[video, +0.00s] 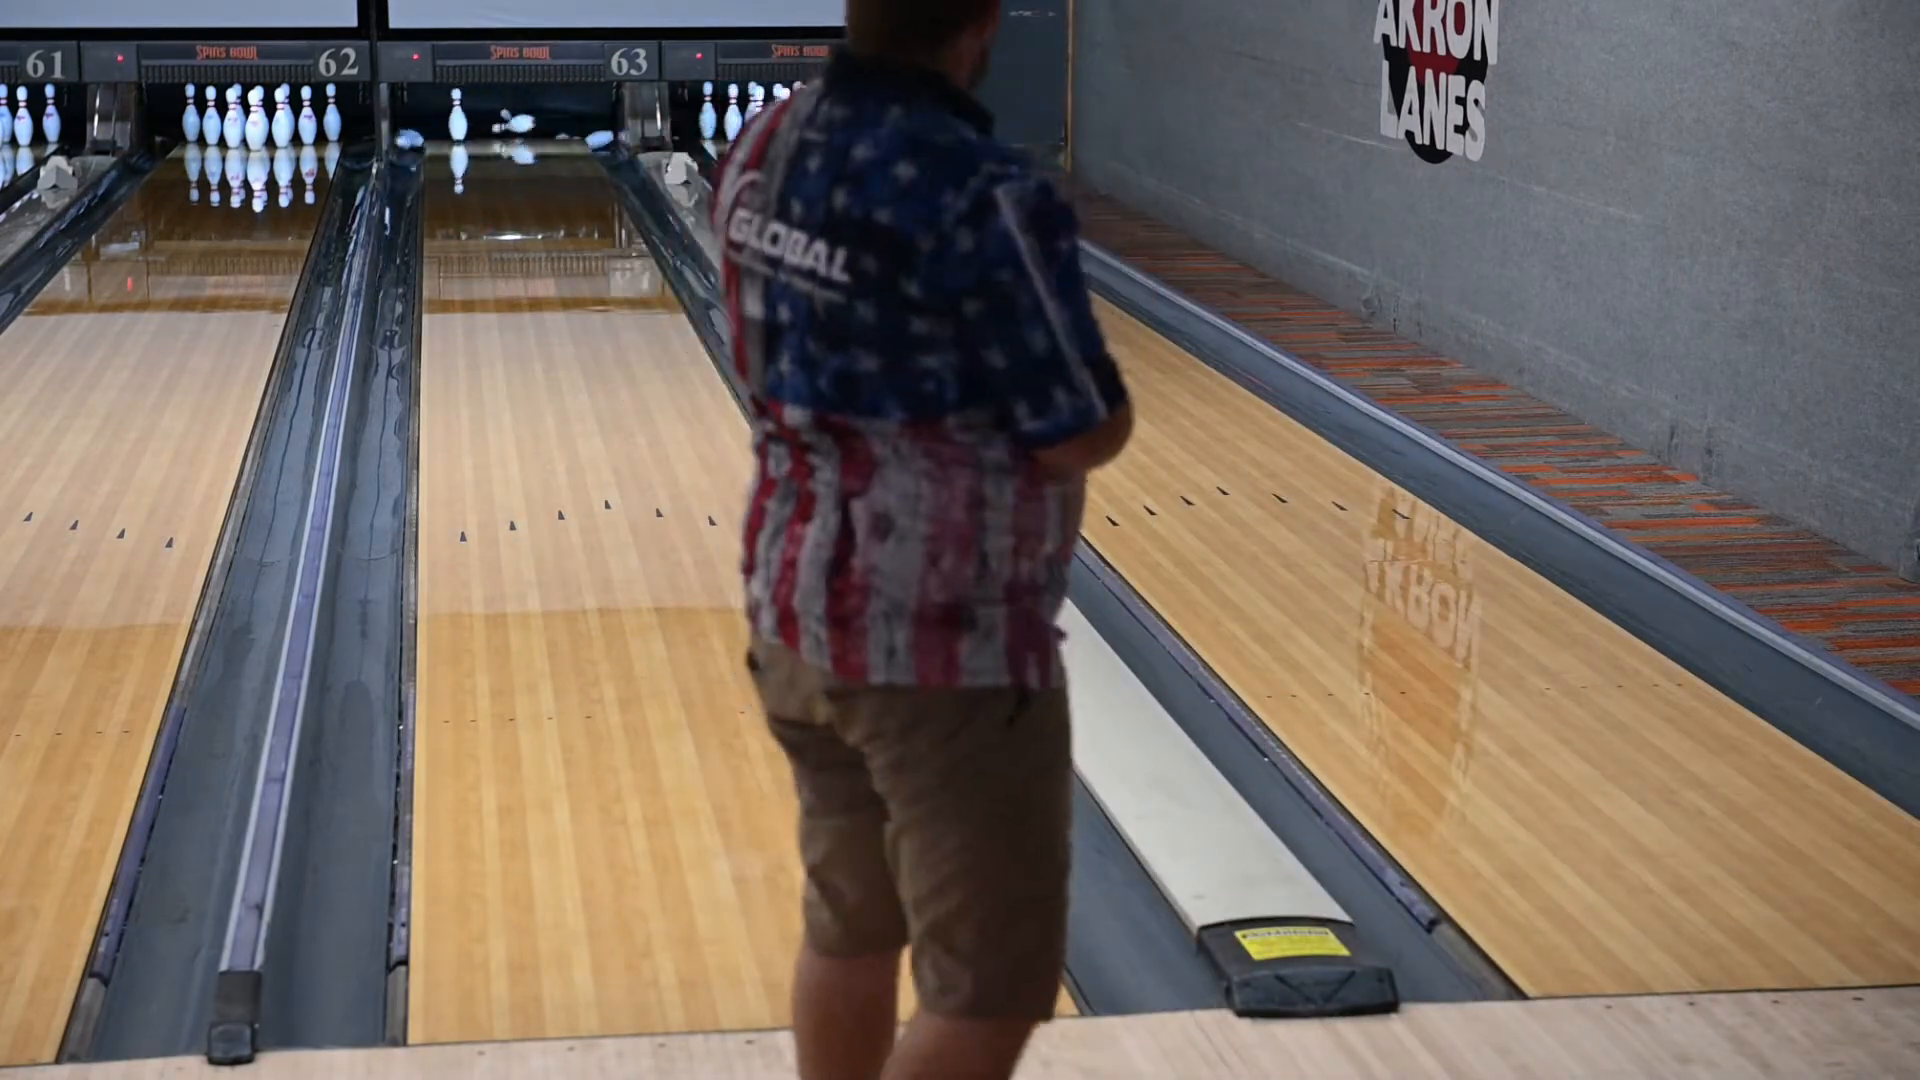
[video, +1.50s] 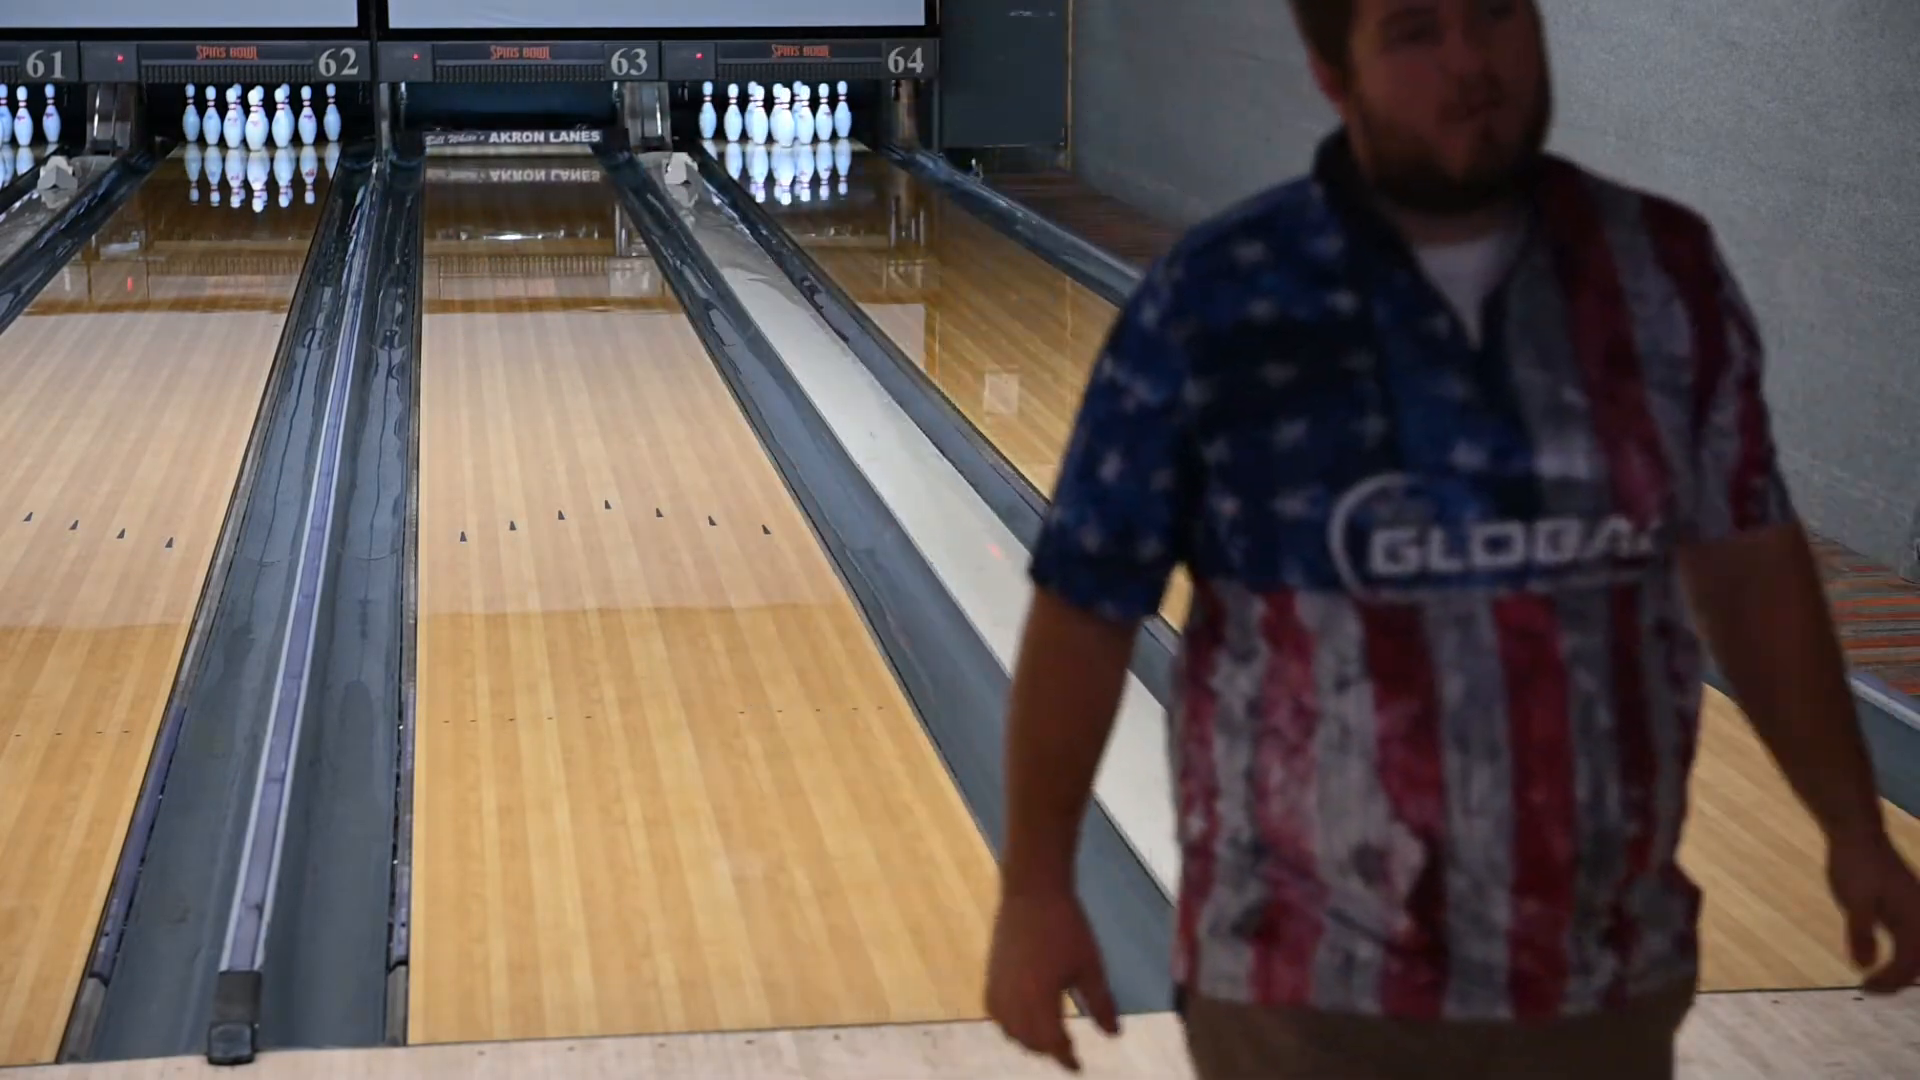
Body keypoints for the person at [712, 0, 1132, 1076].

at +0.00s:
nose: (994, 38)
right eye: (995, 23)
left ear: (851, 20)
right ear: (980, 28)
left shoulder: (761, 152)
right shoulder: (984, 191)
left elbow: (764, 383)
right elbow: (1079, 437)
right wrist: (1112, 386)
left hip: (794, 616)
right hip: (950, 639)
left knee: (847, 934)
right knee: (987, 990)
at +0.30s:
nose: (1098, 25)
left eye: (1091, 7)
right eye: (1077, 7)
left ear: (988, 32)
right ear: (991, 29)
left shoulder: (968, 155)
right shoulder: (949, 181)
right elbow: (1075, 443)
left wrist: (1152, 382)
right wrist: (1180, 399)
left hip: (1045, 672)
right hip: (960, 694)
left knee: (1064, 983)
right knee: (949, 1045)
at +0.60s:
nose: (1184, 38)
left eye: (1182, 8)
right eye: (1139, 17)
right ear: (1039, 46)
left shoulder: (1195, 183)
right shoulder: (969, 214)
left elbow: (1240, 383)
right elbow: (1019, 493)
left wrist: (1305, 414)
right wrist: (1256, 483)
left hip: (1202, 753)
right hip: (1003, 774)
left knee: (1206, 1063)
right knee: (951, 1063)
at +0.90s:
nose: (1324, 34)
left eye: (1334, 1)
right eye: (1272, 13)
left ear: (1366, 9)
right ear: (1184, 41)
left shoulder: (1420, 197)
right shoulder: (1087, 220)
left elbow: (1627, 342)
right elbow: (976, 479)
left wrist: (1566, 364)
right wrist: (1184, 666)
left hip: (1389, 804)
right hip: (1157, 824)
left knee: (1399, 1066)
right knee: (1164, 1068)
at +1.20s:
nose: (1426, 25)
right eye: (1375, 2)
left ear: (1483, 15)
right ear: (1285, 31)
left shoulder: (1576, 219)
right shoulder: (1164, 234)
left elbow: (1806, 368)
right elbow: (1024, 494)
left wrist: (1919, 504)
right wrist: (996, 753)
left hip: (1498, 855)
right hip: (1233, 860)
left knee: (1476, 1065)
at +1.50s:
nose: (1471, 65)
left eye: (1497, 18)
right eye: (1414, 33)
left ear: (1542, 34)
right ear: (1332, 74)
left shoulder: (1660, 269)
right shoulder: (1212, 301)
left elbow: (1747, 558)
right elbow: (1082, 598)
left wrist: (1854, 825)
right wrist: (1035, 887)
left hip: (1592, 961)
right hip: (1304, 969)